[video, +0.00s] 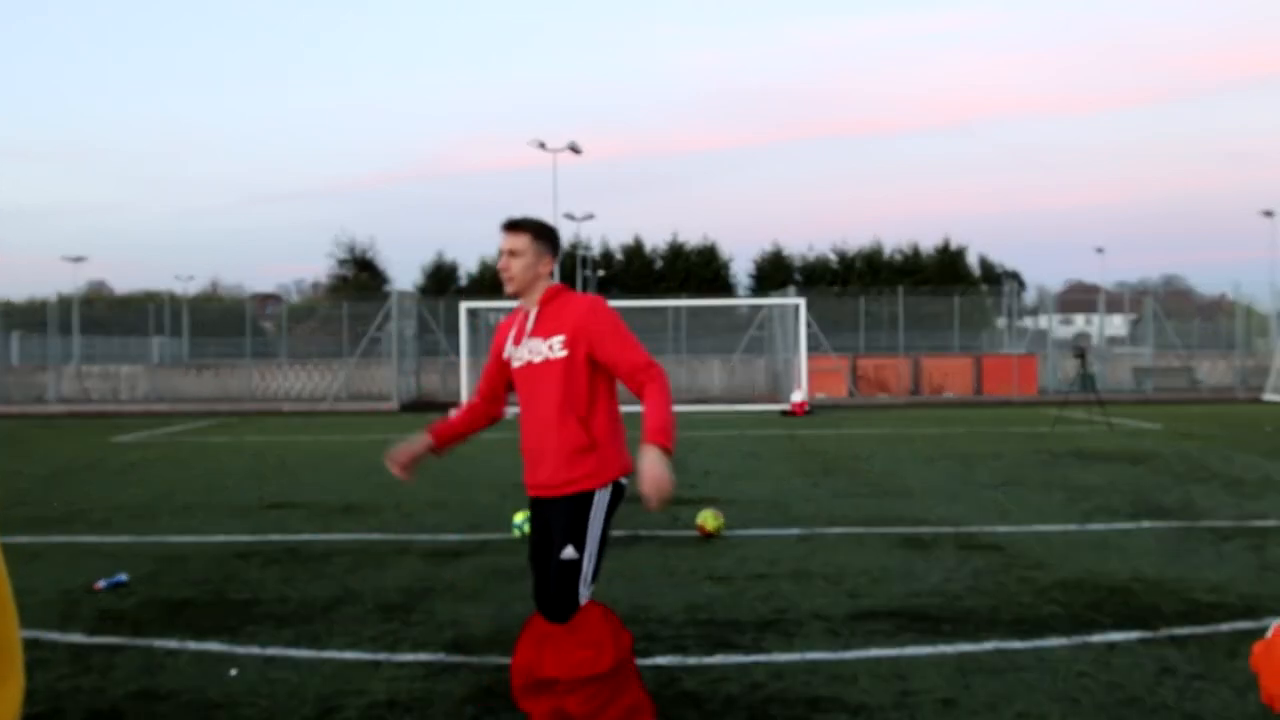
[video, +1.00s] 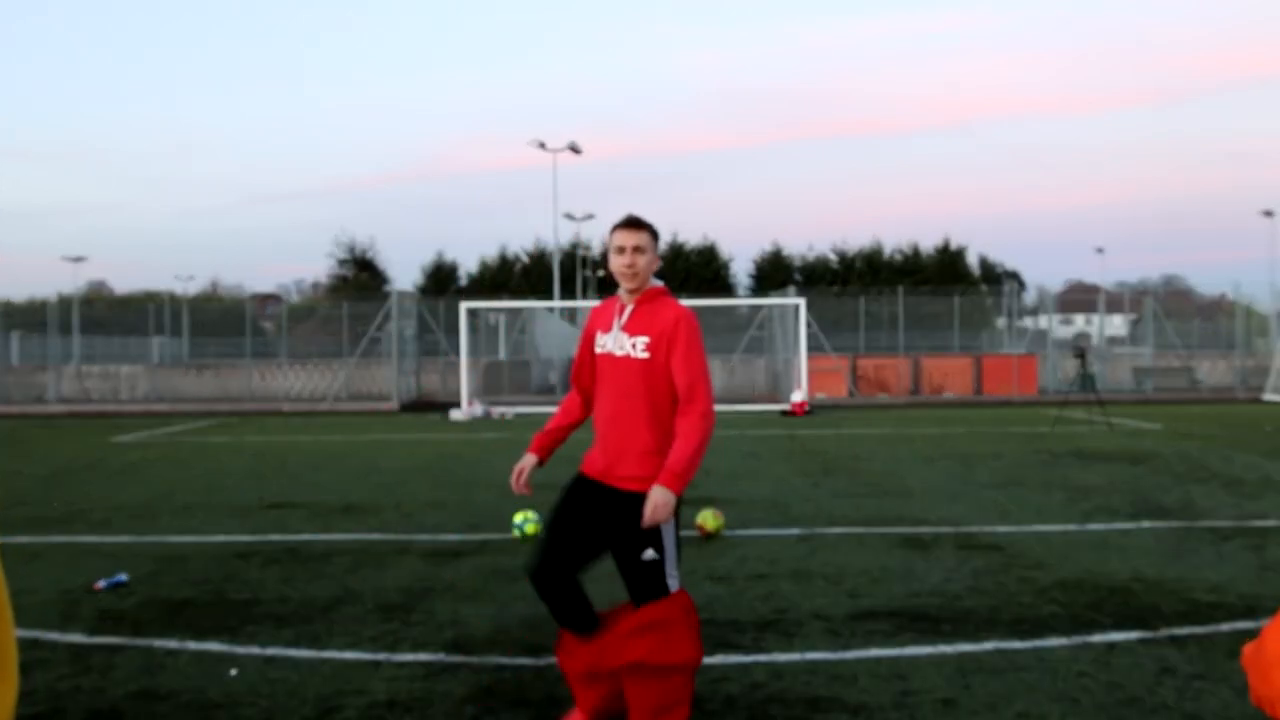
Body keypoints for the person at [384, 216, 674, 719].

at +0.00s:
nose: (502, 265)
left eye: (513, 255)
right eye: (501, 255)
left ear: (546, 262)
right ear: (508, 262)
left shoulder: (586, 312)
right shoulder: (510, 329)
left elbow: (650, 379)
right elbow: (486, 404)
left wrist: (655, 450)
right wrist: (427, 441)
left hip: (591, 478)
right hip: (544, 483)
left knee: (564, 602)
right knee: (553, 601)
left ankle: (623, 705)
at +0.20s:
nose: (533, 259)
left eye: (546, 250)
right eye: (532, 249)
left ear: (577, 259)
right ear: (535, 256)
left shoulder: (614, 314)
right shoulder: (535, 326)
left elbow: (657, 399)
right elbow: (533, 414)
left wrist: (690, 477)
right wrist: (533, 492)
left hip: (606, 484)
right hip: (554, 487)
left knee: (600, 608)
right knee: (560, 608)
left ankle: (636, 706)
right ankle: (567, 707)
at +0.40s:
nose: (574, 259)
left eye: (587, 249)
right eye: (572, 249)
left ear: (617, 259)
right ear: (571, 256)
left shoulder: (651, 319)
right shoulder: (567, 319)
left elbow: (684, 405)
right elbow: (591, 396)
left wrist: (701, 486)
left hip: (635, 488)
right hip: (577, 486)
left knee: (650, 605)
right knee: (564, 606)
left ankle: (656, 707)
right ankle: (570, 708)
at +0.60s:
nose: (603, 260)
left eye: (615, 251)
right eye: (600, 250)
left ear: (646, 259)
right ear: (598, 255)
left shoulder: (674, 325)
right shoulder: (592, 314)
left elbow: (702, 415)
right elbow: (603, 388)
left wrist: (711, 501)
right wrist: (609, 449)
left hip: (646, 482)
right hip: (594, 466)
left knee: (657, 605)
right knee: (529, 542)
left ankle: (658, 709)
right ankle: (588, 652)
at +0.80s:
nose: (622, 260)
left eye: (634, 250)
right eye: (615, 250)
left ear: (654, 259)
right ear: (605, 257)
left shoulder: (672, 322)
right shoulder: (599, 313)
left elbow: (697, 413)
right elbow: (587, 395)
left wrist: (697, 505)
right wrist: (551, 452)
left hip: (651, 485)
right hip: (602, 462)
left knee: (663, 608)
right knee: (517, 490)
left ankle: (662, 710)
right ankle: (579, 602)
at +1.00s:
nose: (628, 260)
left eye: (639, 251)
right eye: (620, 251)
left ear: (656, 258)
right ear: (608, 259)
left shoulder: (675, 320)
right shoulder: (601, 316)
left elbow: (698, 410)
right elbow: (582, 395)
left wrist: (669, 485)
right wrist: (537, 450)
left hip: (648, 486)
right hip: (599, 477)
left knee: (658, 608)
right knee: (550, 572)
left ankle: (664, 706)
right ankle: (603, 687)